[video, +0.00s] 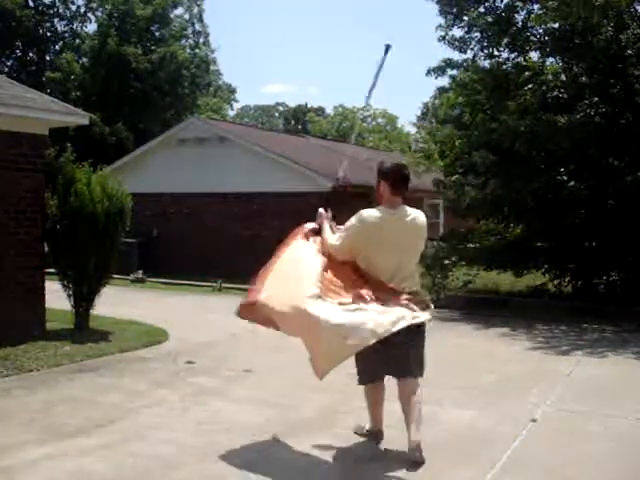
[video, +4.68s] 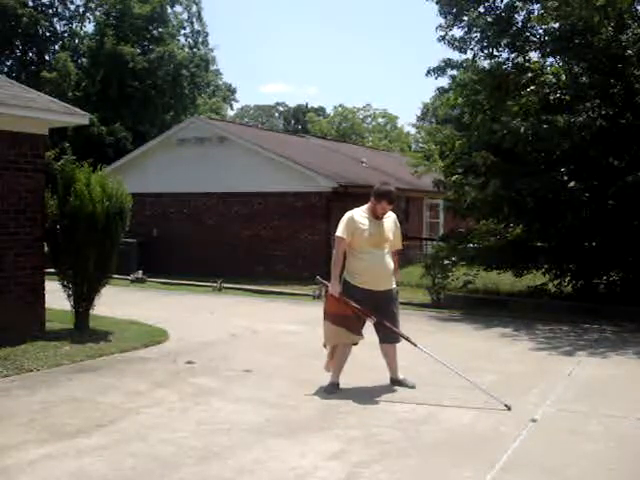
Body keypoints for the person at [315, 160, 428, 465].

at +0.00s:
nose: (377, 189)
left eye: (378, 184)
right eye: (380, 184)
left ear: (383, 187)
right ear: (406, 188)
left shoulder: (365, 221)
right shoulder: (419, 221)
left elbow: (337, 249)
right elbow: (410, 249)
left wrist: (325, 225)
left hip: (370, 312)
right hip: (411, 311)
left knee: (373, 375)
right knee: (410, 379)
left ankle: (376, 429)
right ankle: (415, 441)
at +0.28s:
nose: (363, 187)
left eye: (364, 183)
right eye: (365, 182)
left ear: (370, 185)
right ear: (388, 186)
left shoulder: (358, 219)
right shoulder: (397, 215)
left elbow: (332, 249)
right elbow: (376, 241)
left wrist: (321, 226)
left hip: (363, 296)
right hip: (390, 294)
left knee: (365, 359)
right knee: (373, 353)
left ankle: (376, 424)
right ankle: (386, 407)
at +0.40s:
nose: (349, 182)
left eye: (355, 178)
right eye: (351, 177)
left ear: (372, 184)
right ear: (370, 184)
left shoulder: (360, 219)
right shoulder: (376, 212)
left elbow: (334, 251)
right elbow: (347, 247)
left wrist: (315, 229)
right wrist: (320, 238)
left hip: (359, 296)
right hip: (371, 290)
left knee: (360, 357)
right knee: (347, 349)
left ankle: (375, 422)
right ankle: (353, 398)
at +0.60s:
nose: (341, 188)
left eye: (347, 184)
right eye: (338, 182)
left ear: (358, 187)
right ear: (334, 184)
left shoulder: (363, 218)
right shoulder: (330, 211)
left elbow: (358, 258)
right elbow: (328, 249)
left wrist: (319, 248)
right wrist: (308, 254)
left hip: (358, 296)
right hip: (334, 295)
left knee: (362, 359)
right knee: (336, 353)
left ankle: (378, 411)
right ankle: (333, 401)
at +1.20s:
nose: (355, 193)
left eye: (359, 189)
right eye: (351, 188)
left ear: (365, 191)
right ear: (342, 190)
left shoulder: (374, 220)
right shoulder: (327, 214)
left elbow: (380, 256)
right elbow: (307, 242)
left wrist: (362, 262)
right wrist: (329, 258)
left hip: (363, 295)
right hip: (332, 293)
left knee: (359, 345)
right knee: (330, 345)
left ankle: (362, 386)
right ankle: (331, 392)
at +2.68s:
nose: (388, 211)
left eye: (391, 208)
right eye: (385, 207)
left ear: (394, 206)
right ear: (375, 201)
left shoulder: (397, 218)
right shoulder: (356, 217)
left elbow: (400, 251)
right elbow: (338, 249)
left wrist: (396, 275)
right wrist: (333, 282)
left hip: (388, 288)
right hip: (357, 287)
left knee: (390, 336)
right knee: (349, 335)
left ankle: (395, 376)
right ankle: (340, 376)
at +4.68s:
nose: (385, 211)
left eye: (389, 207)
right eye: (383, 206)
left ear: (390, 205)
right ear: (373, 200)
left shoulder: (391, 219)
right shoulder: (353, 218)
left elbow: (395, 253)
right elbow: (339, 250)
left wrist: (394, 278)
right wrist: (335, 280)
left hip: (385, 289)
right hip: (355, 287)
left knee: (389, 336)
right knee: (346, 334)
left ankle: (395, 376)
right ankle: (334, 380)